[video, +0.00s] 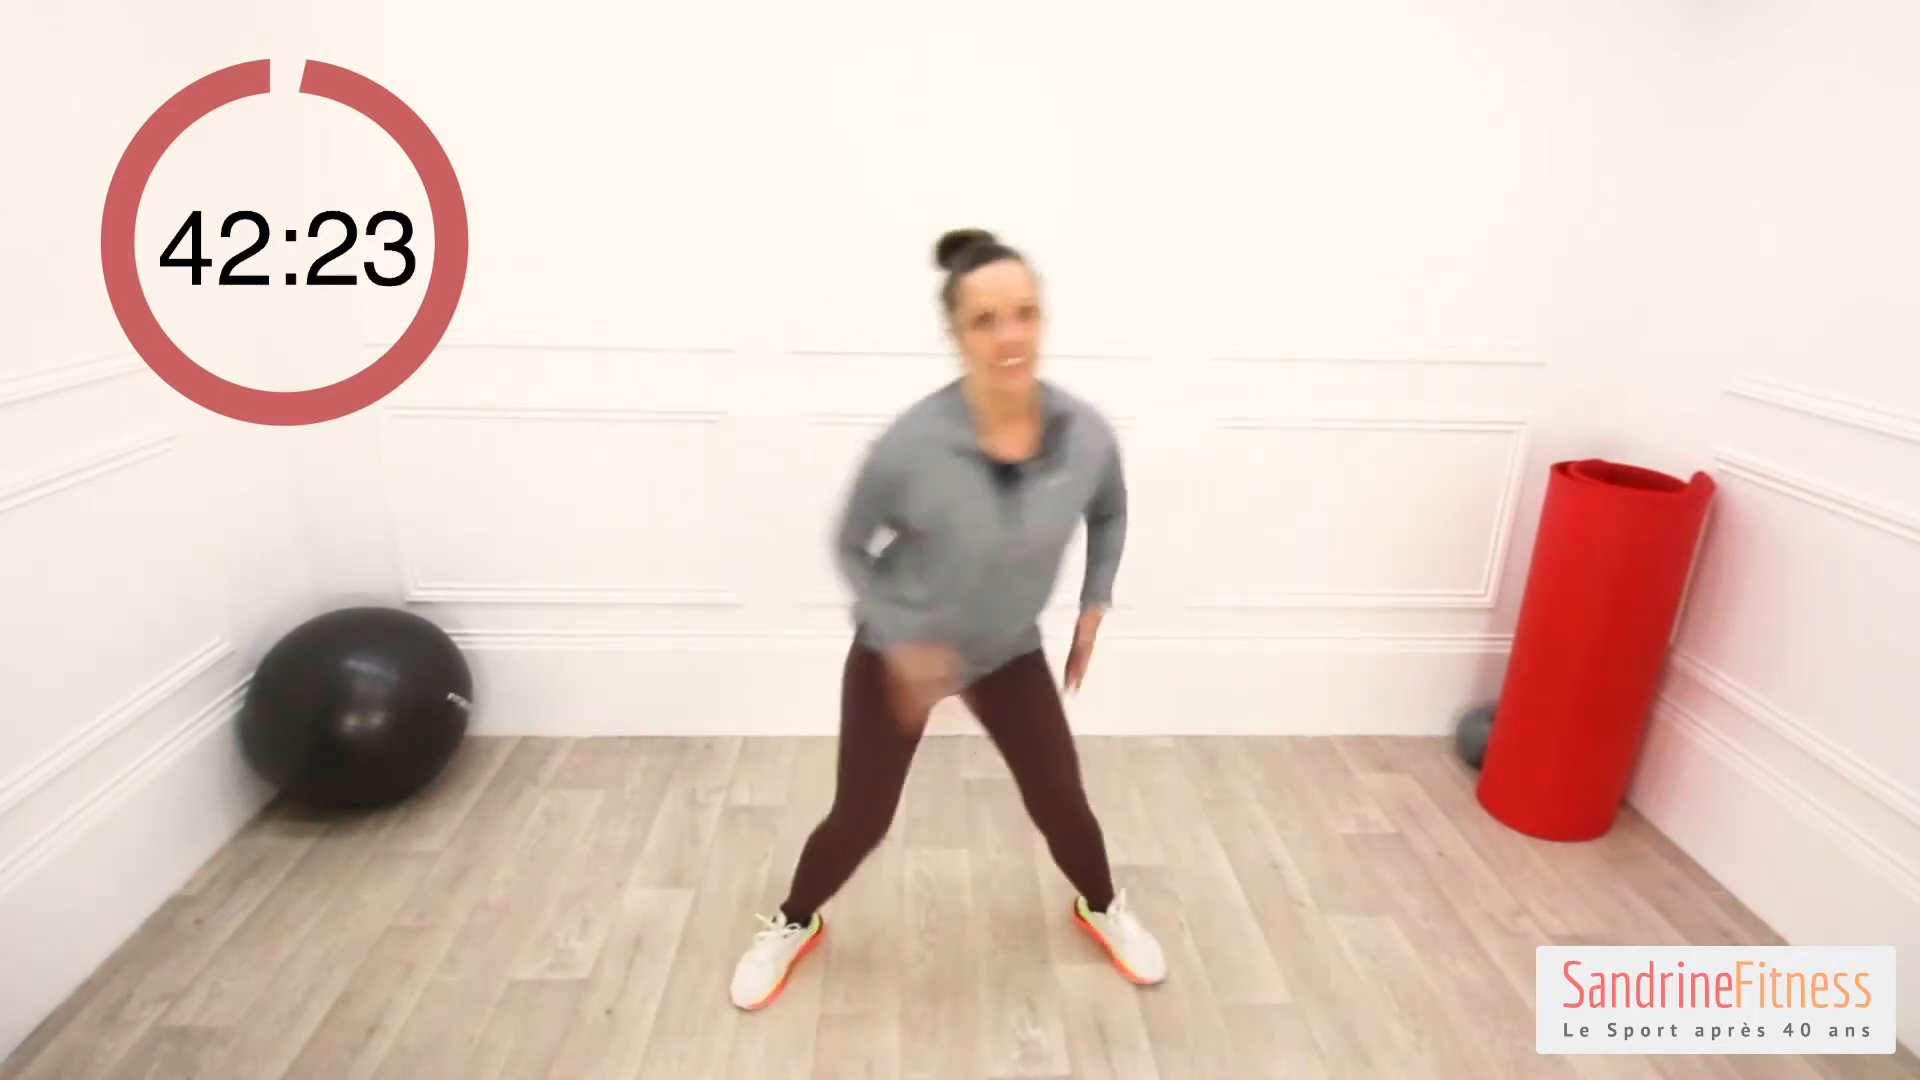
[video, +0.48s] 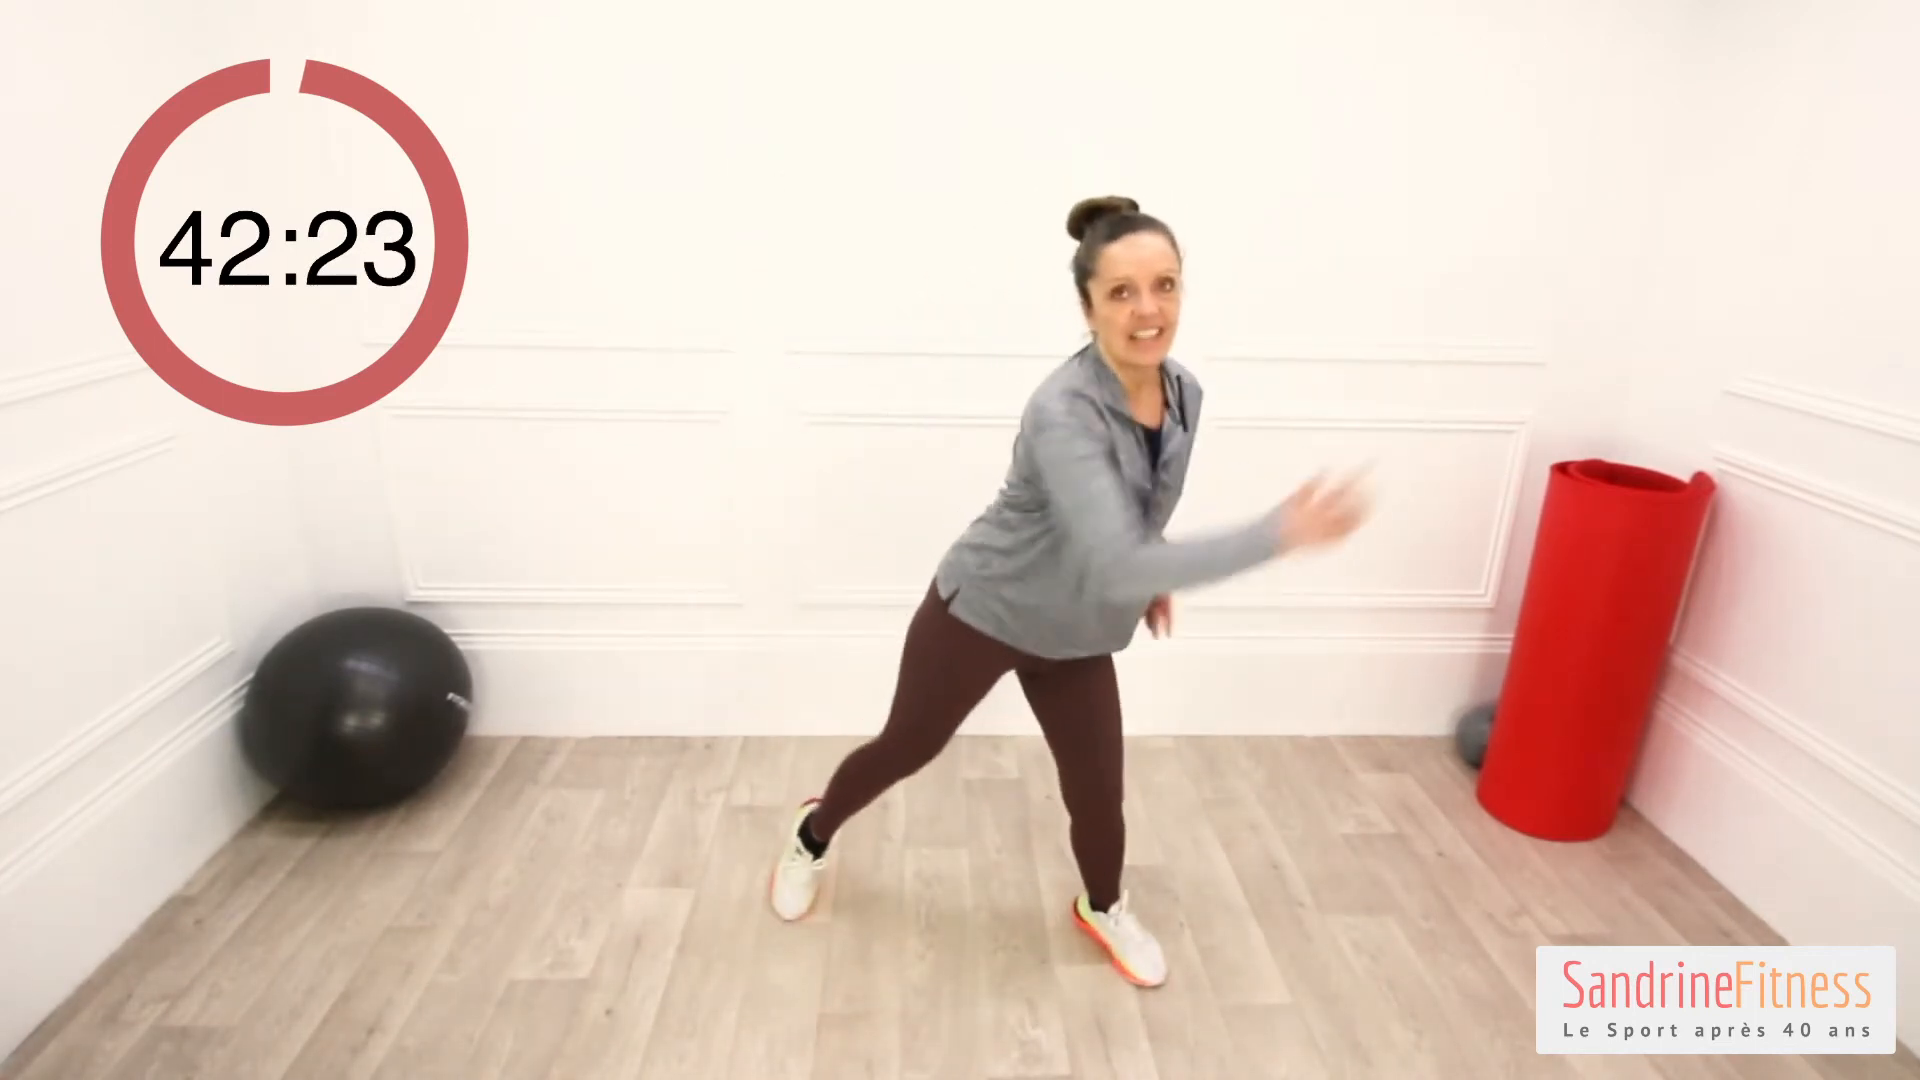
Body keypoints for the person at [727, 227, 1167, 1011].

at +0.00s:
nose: (1011, 338)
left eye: (1024, 315)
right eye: (986, 322)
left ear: (1044, 322)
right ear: (955, 337)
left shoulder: (1084, 437)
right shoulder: (911, 445)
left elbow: (1108, 518)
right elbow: (849, 546)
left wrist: (1093, 608)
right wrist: (897, 637)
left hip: (1007, 645)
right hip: (902, 643)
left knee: (1061, 804)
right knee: (864, 816)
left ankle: (1102, 909)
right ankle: (792, 925)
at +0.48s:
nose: (1147, 310)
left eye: (1163, 287)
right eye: (1121, 293)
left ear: (1181, 294)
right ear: (1088, 307)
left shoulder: (1182, 397)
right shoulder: (1062, 412)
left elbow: (1147, 504)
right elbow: (1120, 569)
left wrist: (1148, 577)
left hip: (1075, 631)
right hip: (981, 611)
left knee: (1097, 792)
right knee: (906, 746)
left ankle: (1103, 909)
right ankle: (812, 834)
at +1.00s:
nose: (897, 311)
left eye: (918, 289)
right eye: (876, 291)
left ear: (947, 299)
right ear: (853, 305)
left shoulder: (994, 426)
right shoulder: (810, 425)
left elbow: (1047, 570)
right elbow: (801, 556)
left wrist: (1003, 663)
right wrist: (837, 637)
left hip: (1001, 630)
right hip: (888, 639)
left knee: (1052, 776)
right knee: (840, 808)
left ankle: (1114, 902)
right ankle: (799, 941)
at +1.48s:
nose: (811, 284)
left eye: (829, 260)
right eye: (786, 266)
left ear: (857, 272)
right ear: (758, 286)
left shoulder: (920, 392)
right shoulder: (716, 408)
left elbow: (1004, 473)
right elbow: (700, 510)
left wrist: (988, 577)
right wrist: (747, 601)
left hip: (934, 626)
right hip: (821, 644)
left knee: (1011, 785)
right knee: (805, 816)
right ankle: (799, 943)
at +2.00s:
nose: (1061, 288)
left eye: (1079, 266)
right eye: (1038, 271)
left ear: (1106, 277)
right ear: (1011, 288)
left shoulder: (1149, 415)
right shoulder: (960, 402)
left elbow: (1176, 543)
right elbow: (908, 545)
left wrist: (1135, 641)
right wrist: (949, 650)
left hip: (1046, 641)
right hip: (936, 624)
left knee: (1066, 799)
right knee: (868, 772)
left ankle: (1088, 925)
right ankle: (779, 902)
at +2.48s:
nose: (1085, 289)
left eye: (1105, 267)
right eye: (1063, 270)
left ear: (1135, 280)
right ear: (1036, 285)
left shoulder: (1181, 408)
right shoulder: (981, 397)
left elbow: (1202, 520)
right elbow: (937, 513)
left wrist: (1160, 590)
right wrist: (1003, 588)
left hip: (1083, 639)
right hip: (972, 617)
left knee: (1080, 798)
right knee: (909, 781)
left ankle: (1087, 925)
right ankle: (879, 759)